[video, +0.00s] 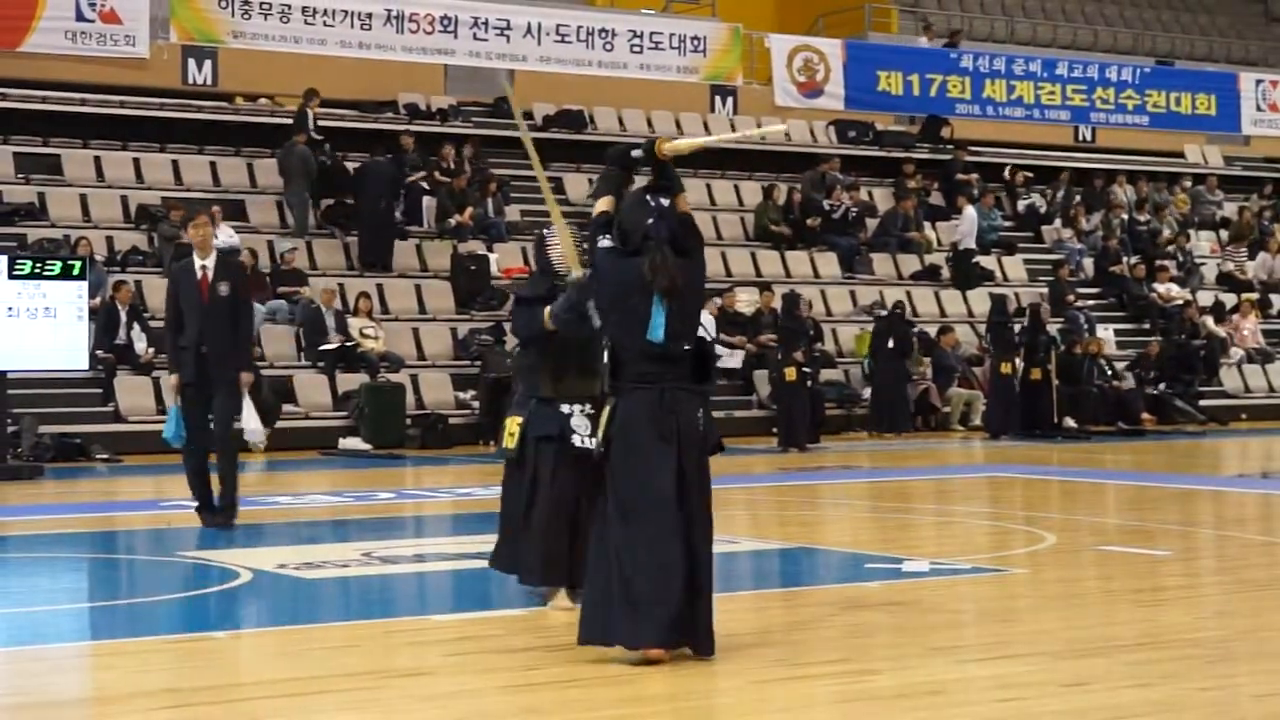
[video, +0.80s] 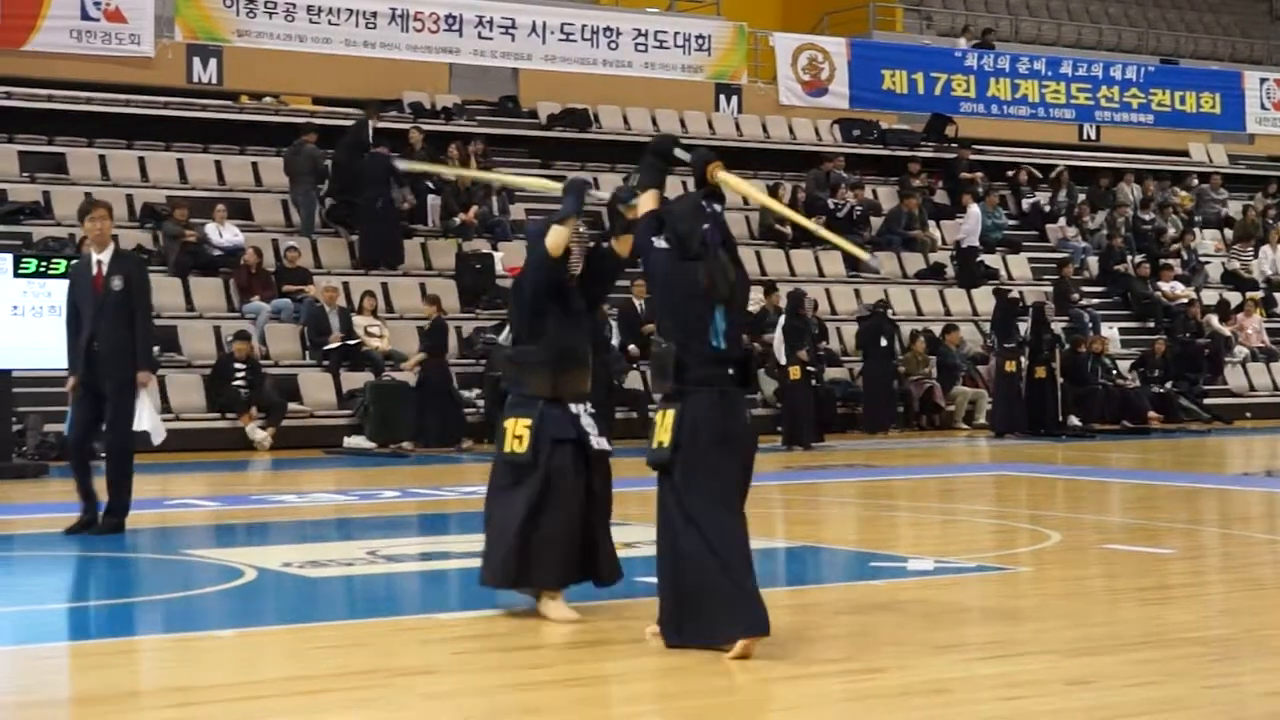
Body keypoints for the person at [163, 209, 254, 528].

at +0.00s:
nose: (201, 233)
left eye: (205, 227)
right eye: (195, 228)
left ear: (214, 231)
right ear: (186, 234)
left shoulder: (233, 267)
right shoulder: (178, 272)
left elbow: (244, 320)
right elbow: (172, 324)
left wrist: (246, 365)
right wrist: (174, 368)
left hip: (226, 364)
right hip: (191, 366)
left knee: (224, 435)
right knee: (194, 439)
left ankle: (227, 506)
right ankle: (204, 507)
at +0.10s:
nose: (188, 233)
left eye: (192, 227)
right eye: (183, 228)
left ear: (204, 230)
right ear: (176, 234)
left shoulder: (224, 267)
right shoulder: (170, 271)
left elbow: (234, 319)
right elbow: (165, 324)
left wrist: (235, 366)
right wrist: (167, 370)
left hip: (215, 363)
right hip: (182, 364)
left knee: (201, 431)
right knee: (187, 435)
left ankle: (192, 502)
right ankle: (204, 506)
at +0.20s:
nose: (178, 237)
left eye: (182, 231)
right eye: (171, 232)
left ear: (192, 234)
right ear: (164, 238)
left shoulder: (212, 270)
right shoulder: (160, 277)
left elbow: (223, 322)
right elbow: (155, 328)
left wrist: (224, 371)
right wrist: (158, 375)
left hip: (203, 368)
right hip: (170, 369)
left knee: (180, 433)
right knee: (182, 438)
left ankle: (156, 507)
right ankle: (205, 509)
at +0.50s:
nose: (136, 235)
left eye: (141, 229)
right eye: (130, 230)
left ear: (153, 233)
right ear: (122, 236)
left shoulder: (168, 268)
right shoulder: (119, 274)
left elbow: (178, 323)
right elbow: (113, 328)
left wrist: (179, 373)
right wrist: (114, 375)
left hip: (157, 370)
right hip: (129, 370)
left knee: (131, 440)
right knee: (153, 444)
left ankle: (114, 517)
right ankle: (195, 504)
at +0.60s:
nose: (122, 230)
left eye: (126, 224)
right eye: (116, 225)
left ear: (136, 228)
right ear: (107, 232)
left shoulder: (154, 264)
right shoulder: (102, 271)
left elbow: (163, 319)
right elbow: (98, 324)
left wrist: (164, 369)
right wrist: (98, 372)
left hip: (143, 365)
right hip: (113, 366)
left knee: (125, 442)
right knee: (122, 442)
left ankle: (114, 517)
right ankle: (165, 492)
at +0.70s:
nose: (109, 227)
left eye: (114, 221)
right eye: (103, 222)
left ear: (124, 225)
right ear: (94, 229)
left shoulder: (142, 263)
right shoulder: (91, 268)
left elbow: (152, 318)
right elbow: (86, 323)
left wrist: (152, 366)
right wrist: (86, 371)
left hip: (130, 364)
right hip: (100, 364)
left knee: (121, 438)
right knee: (95, 438)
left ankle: (115, 515)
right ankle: (128, 495)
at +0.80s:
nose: (99, 225)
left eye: (104, 219)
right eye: (92, 220)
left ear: (113, 225)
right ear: (83, 228)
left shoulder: (131, 263)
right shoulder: (76, 269)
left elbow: (143, 317)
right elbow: (73, 323)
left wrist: (145, 365)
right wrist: (74, 370)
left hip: (123, 366)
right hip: (89, 367)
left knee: (119, 441)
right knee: (76, 438)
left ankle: (115, 515)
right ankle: (89, 509)